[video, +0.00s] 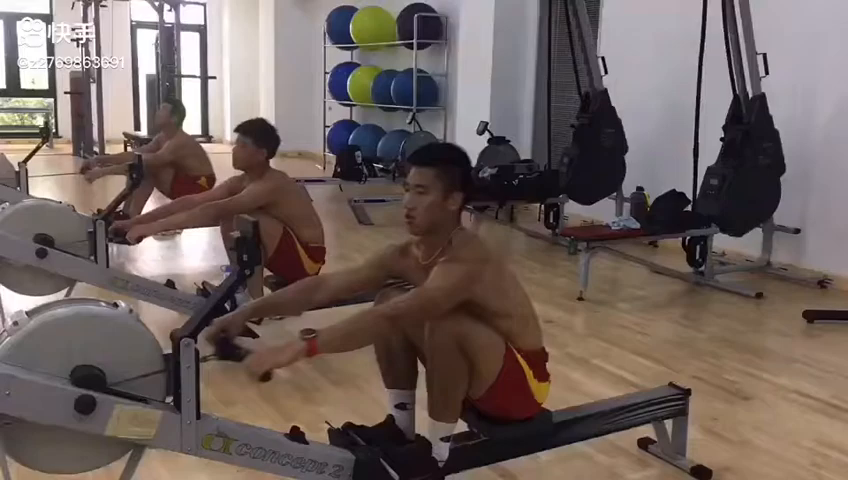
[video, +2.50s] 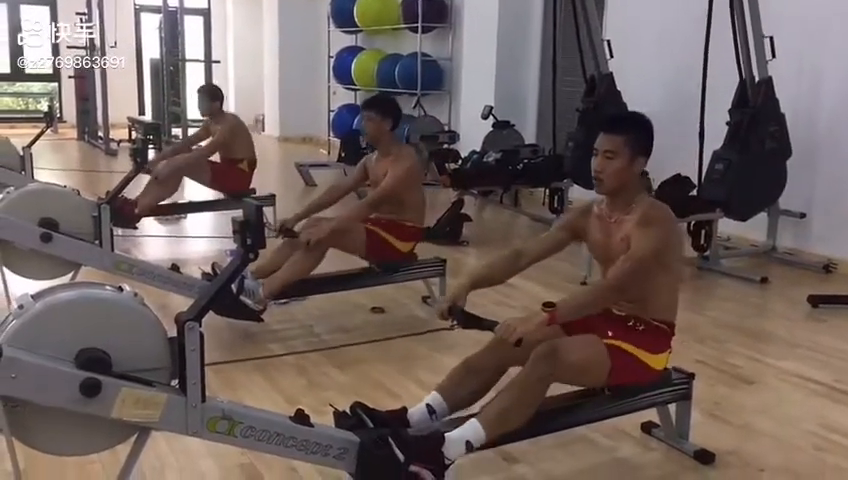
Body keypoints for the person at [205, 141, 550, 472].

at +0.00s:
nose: (407, 203)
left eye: (420, 193)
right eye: (406, 191)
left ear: (454, 201)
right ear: (404, 193)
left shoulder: (468, 260)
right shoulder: (405, 254)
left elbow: (394, 316)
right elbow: (322, 287)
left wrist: (302, 346)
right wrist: (246, 313)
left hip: (518, 391)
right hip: (471, 380)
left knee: (446, 326)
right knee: (390, 302)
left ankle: (439, 448)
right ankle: (401, 430)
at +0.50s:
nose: (598, 171)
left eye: (611, 163)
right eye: (595, 161)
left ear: (636, 172)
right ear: (587, 166)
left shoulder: (644, 232)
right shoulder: (575, 222)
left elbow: (590, 288)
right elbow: (510, 263)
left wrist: (530, 302)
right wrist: (456, 274)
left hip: (620, 357)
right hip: (580, 337)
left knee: (531, 359)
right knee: (479, 337)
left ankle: (438, 462)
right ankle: (402, 435)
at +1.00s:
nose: (684, 196)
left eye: (696, 190)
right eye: (683, 188)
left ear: (720, 200)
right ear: (679, 193)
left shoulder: (728, 257)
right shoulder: (657, 239)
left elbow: (745, 332)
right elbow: (627, 292)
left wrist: (722, 287)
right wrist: (618, 280)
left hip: (638, 350)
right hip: (598, 329)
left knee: (543, 387)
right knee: (507, 365)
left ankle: (432, 461)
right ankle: (396, 436)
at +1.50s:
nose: (643, 175)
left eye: (656, 167)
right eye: (641, 165)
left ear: (682, 176)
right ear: (638, 170)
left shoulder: (689, 233)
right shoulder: (622, 227)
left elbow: (699, 315)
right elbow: (579, 278)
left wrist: (643, 308)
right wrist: (544, 292)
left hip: (637, 344)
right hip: (592, 330)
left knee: (548, 386)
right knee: (506, 368)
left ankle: (433, 461)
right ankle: (396, 431)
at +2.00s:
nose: (617, 170)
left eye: (630, 162)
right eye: (615, 159)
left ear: (657, 170)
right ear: (609, 162)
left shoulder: (670, 226)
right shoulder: (601, 220)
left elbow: (634, 305)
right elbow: (541, 264)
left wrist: (566, 329)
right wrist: (491, 295)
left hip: (645, 342)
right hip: (601, 326)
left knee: (551, 391)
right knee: (510, 370)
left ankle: (442, 457)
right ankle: (401, 427)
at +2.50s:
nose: (597, 166)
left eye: (610, 157)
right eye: (596, 154)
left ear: (640, 164)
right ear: (594, 154)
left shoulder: (656, 222)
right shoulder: (587, 214)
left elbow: (612, 290)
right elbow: (521, 256)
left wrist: (544, 320)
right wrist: (466, 283)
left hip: (644, 342)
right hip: (599, 322)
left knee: (547, 356)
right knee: (507, 342)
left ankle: (448, 450)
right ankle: (415, 420)